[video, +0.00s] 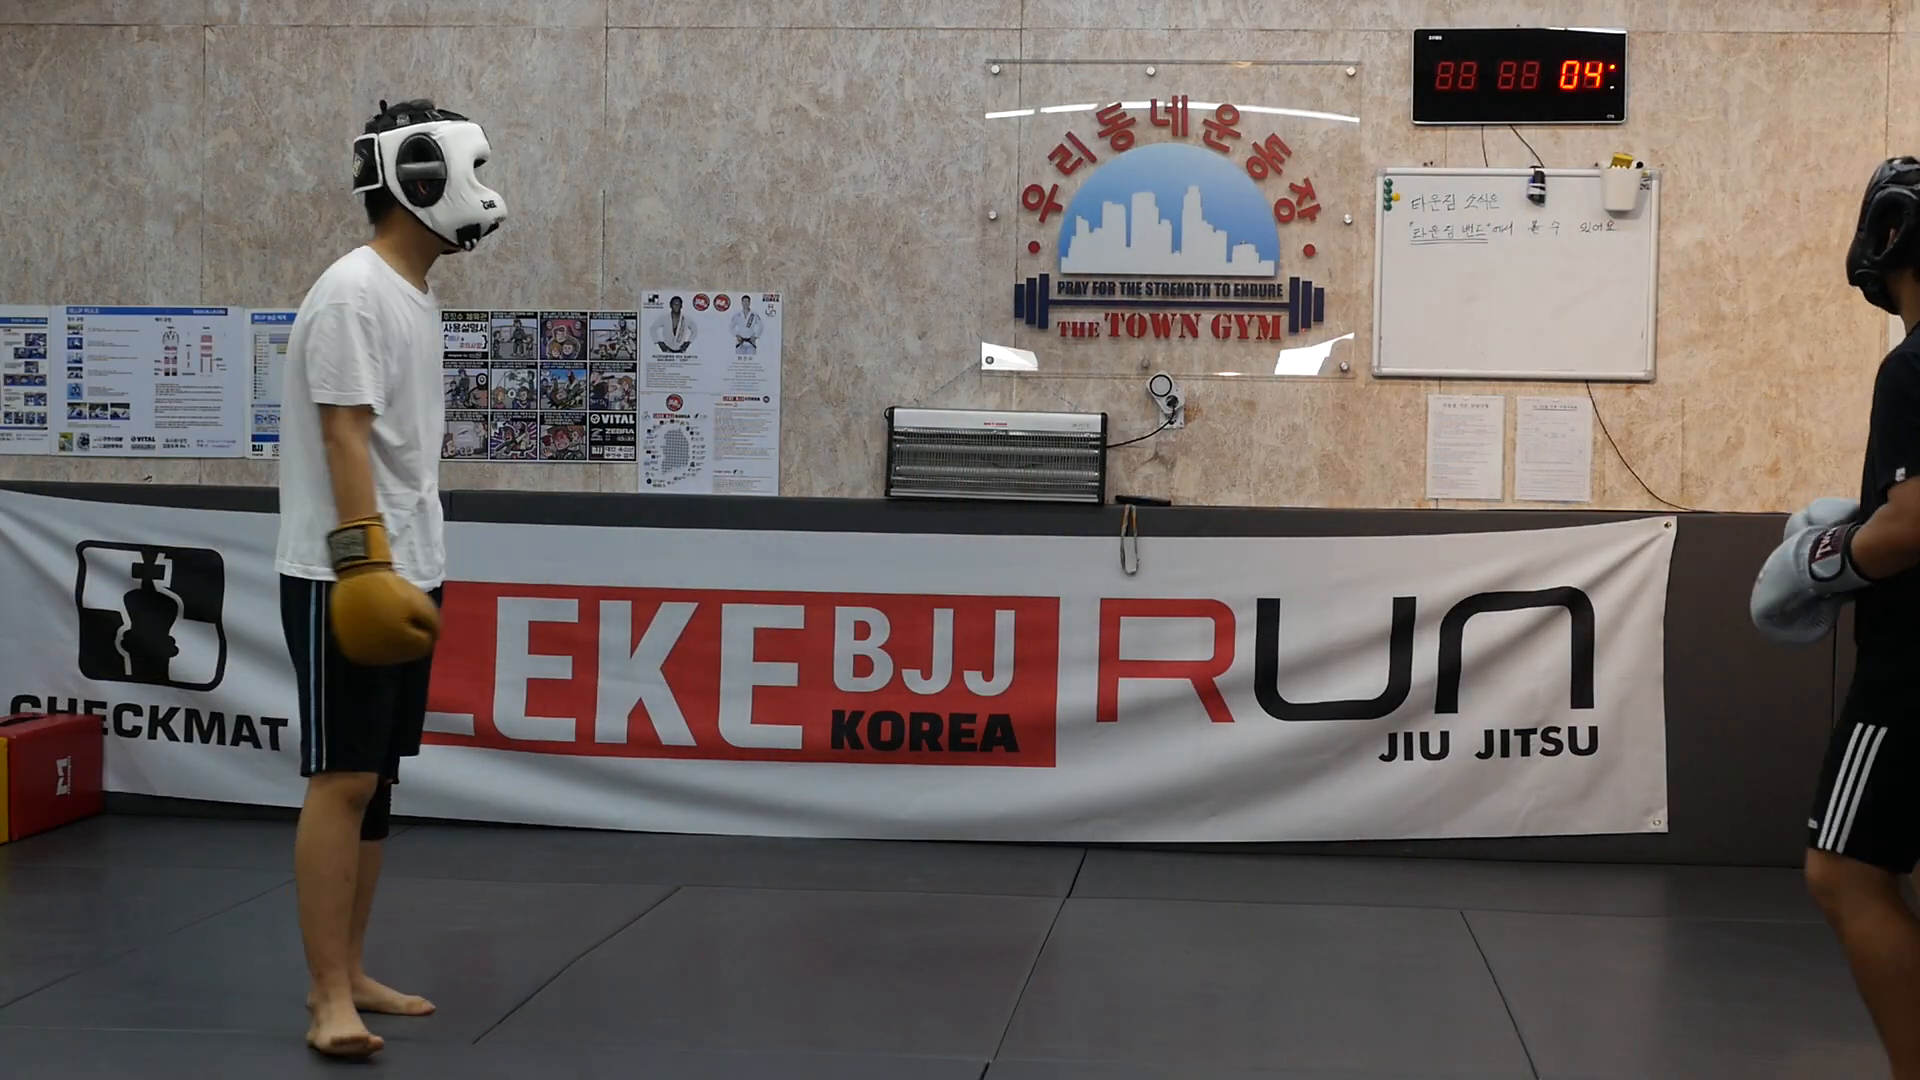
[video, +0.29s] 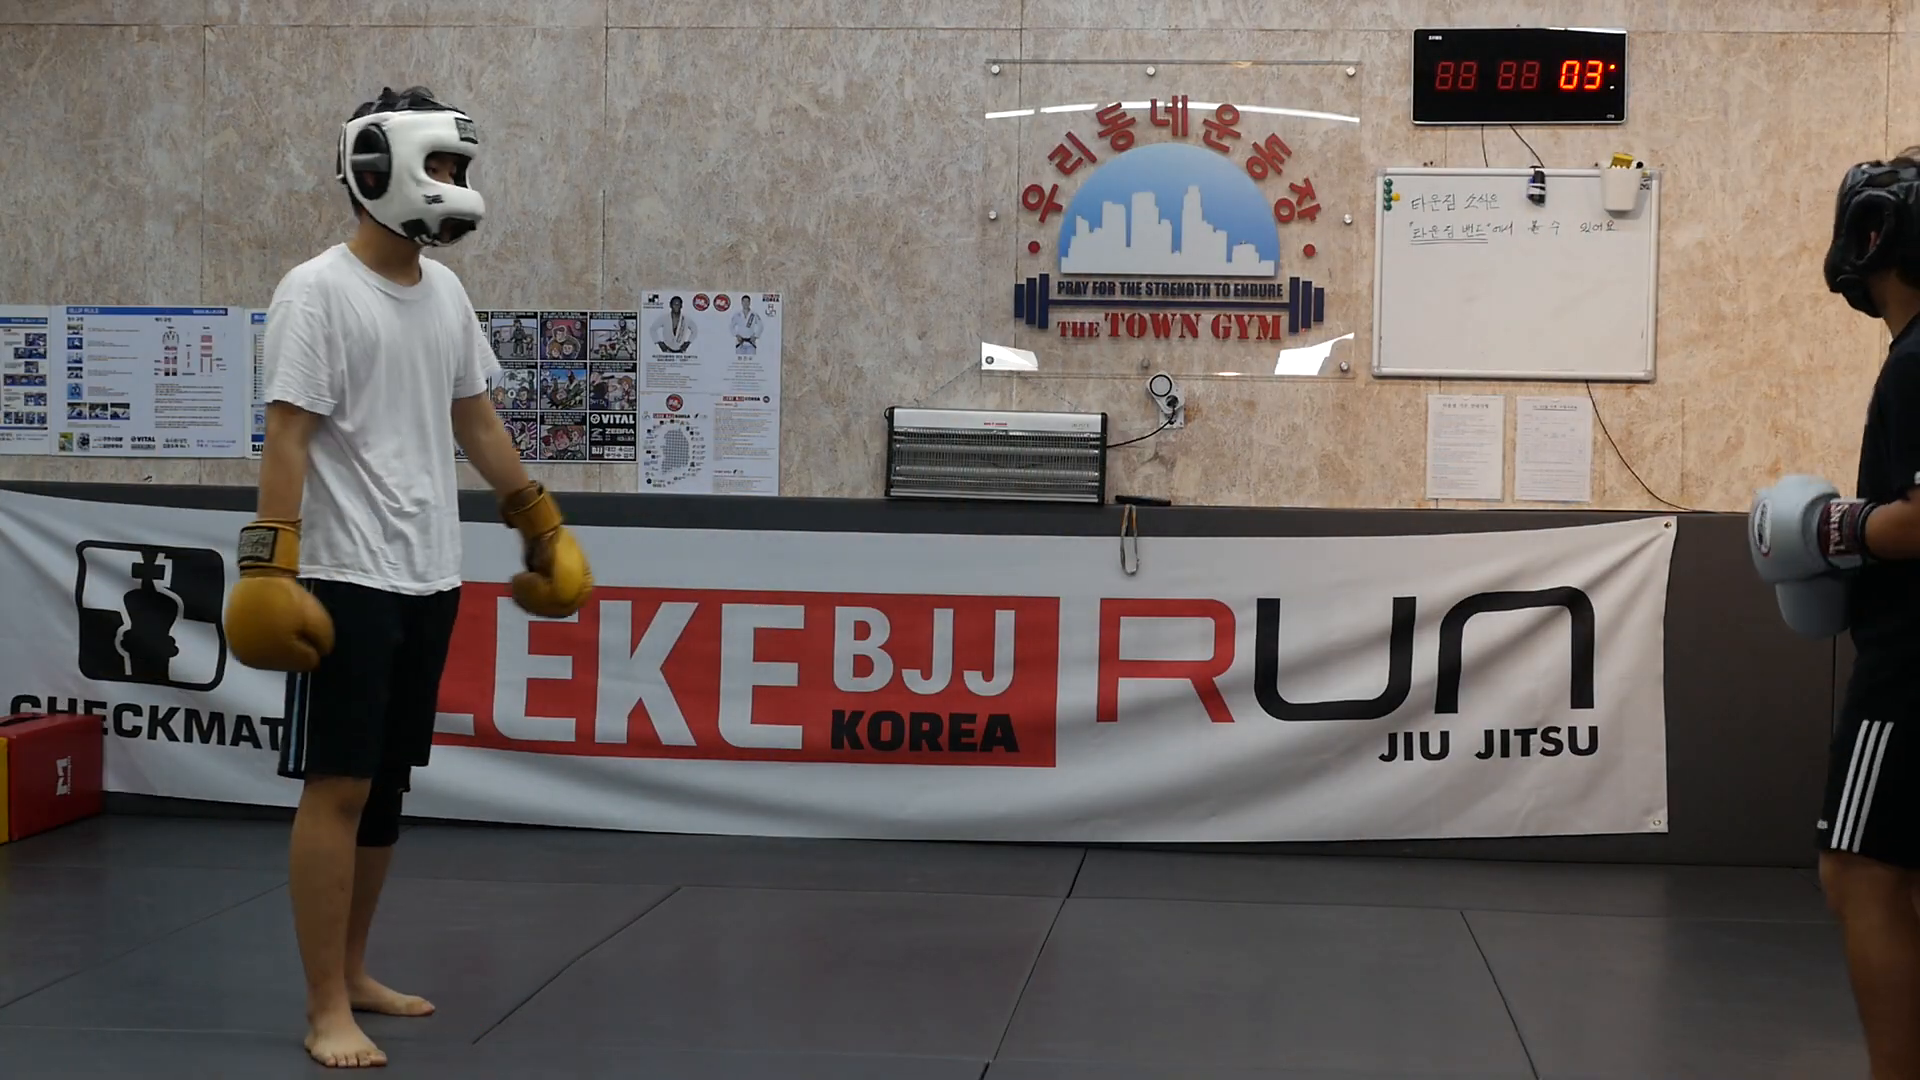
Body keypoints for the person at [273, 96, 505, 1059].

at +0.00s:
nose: (483, 193)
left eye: (481, 175)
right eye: (468, 176)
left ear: (413, 187)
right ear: (417, 185)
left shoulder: (412, 299)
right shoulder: (350, 291)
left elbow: (397, 446)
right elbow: (344, 433)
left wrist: (420, 570)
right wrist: (365, 561)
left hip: (400, 568)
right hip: (344, 570)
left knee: (374, 778)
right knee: (342, 779)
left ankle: (351, 969)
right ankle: (329, 993)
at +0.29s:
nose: (454, 181)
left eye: (458, 165)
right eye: (435, 166)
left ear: (458, 173)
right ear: (377, 171)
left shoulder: (445, 291)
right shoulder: (315, 291)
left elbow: (477, 420)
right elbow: (285, 437)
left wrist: (540, 522)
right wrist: (274, 569)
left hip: (428, 582)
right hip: (345, 581)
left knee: (385, 787)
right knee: (335, 789)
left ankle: (351, 970)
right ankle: (326, 1011)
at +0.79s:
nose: (447, 189)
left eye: (455, 171)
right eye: (428, 171)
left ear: (459, 175)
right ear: (371, 171)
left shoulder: (448, 283)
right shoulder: (300, 290)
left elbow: (462, 418)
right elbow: (273, 441)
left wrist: (489, 518)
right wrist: (261, 579)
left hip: (443, 582)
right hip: (342, 585)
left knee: (507, 770)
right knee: (341, 792)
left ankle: (420, 944)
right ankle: (331, 1014)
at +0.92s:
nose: (467, 188)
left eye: (474, 171)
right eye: (450, 168)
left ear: (476, 176)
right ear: (390, 169)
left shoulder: (452, 281)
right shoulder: (313, 287)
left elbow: (470, 426)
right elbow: (288, 435)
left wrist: (520, 524)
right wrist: (282, 572)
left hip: (460, 580)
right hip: (355, 588)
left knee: (516, 786)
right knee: (345, 796)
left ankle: (519, 986)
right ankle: (332, 1017)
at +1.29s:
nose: (564, 209)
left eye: (569, 190)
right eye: (551, 188)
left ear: (529, 189)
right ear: (492, 184)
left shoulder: (513, 308)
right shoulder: (416, 293)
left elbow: (511, 467)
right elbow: (396, 431)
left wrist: (570, 574)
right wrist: (409, 567)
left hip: (525, 596)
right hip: (433, 596)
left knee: (571, 794)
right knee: (389, 797)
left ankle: (563, 994)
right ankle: (333, 1013)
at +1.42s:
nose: (609, 204)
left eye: (616, 187)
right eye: (596, 183)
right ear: (535, 174)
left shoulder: (552, 306)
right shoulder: (462, 290)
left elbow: (550, 465)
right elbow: (447, 436)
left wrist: (601, 573)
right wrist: (474, 562)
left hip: (563, 589)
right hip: (471, 588)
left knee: (579, 790)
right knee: (431, 786)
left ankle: (563, 994)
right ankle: (343, 999)